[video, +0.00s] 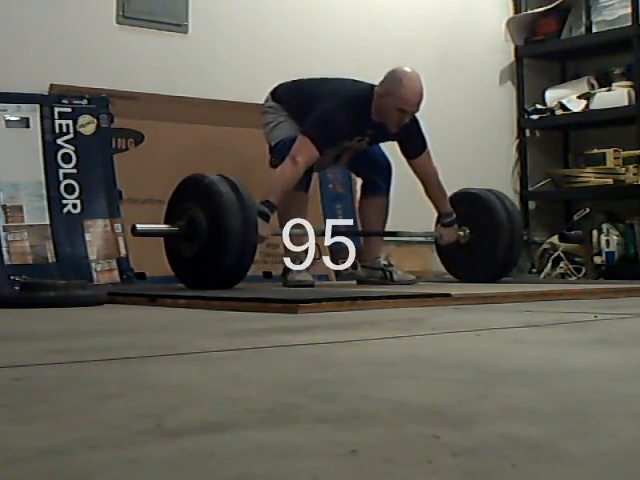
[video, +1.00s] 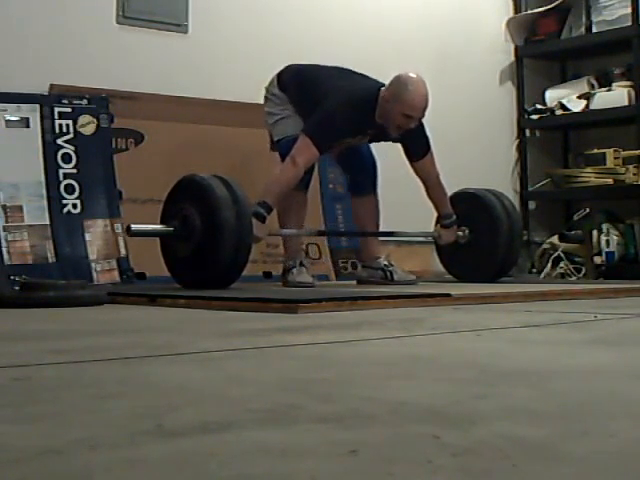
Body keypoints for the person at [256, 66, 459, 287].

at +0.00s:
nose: (405, 120)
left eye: (410, 114)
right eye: (401, 112)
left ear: (415, 108)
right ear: (380, 98)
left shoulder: (404, 121)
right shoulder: (340, 108)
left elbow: (426, 170)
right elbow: (297, 160)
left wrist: (447, 217)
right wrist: (265, 210)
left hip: (333, 127)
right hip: (284, 112)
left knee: (378, 168)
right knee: (297, 169)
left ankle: (372, 263)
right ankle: (296, 266)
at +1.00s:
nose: (411, 126)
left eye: (417, 120)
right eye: (407, 117)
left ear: (422, 114)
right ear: (385, 100)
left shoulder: (408, 122)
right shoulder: (346, 109)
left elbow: (429, 175)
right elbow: (296, 162)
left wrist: (448, 218)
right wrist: (260, 212)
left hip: (334, 107)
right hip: (288, 98)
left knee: (363, 167)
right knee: (298, 170)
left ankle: (371, 263)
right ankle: (295, 265)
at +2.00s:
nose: (405, 109)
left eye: (412, 103)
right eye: (401, 100)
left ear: (417, 100)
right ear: (380, 88)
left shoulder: (410, 127)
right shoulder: (342, 110)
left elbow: (432, 177)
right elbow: (295, 163)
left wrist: (448, 220)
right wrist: (259, 215)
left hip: (337, 151)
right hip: (286, 134)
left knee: (396, 174)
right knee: (298, 173)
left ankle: (374, 263)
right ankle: (293, 266)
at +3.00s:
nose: (404, 7)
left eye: (406, 2)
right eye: (394, 1)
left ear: (408, 10)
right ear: (371, 6)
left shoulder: (399, 62)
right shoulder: (340, 44)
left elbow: (417, 106)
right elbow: (291, 89)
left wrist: (439, 154)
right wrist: (261, 134)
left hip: (341, 119)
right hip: (296, 112)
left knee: (380, 168)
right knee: (294, 159)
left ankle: (374, 262)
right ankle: (291, 263)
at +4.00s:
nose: (373, 82)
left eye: (375, 77)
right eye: (364, 75)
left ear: (378, 83)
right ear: (340, 83)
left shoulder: (377, 112)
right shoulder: (312, 103)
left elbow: (420, 80)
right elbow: (272, 63)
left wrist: (444, 50)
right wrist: (240, 17)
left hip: (350, 220)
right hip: (305, 218)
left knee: (405, 184)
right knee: (303, 178)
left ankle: (370, 264)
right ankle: (287, 264)